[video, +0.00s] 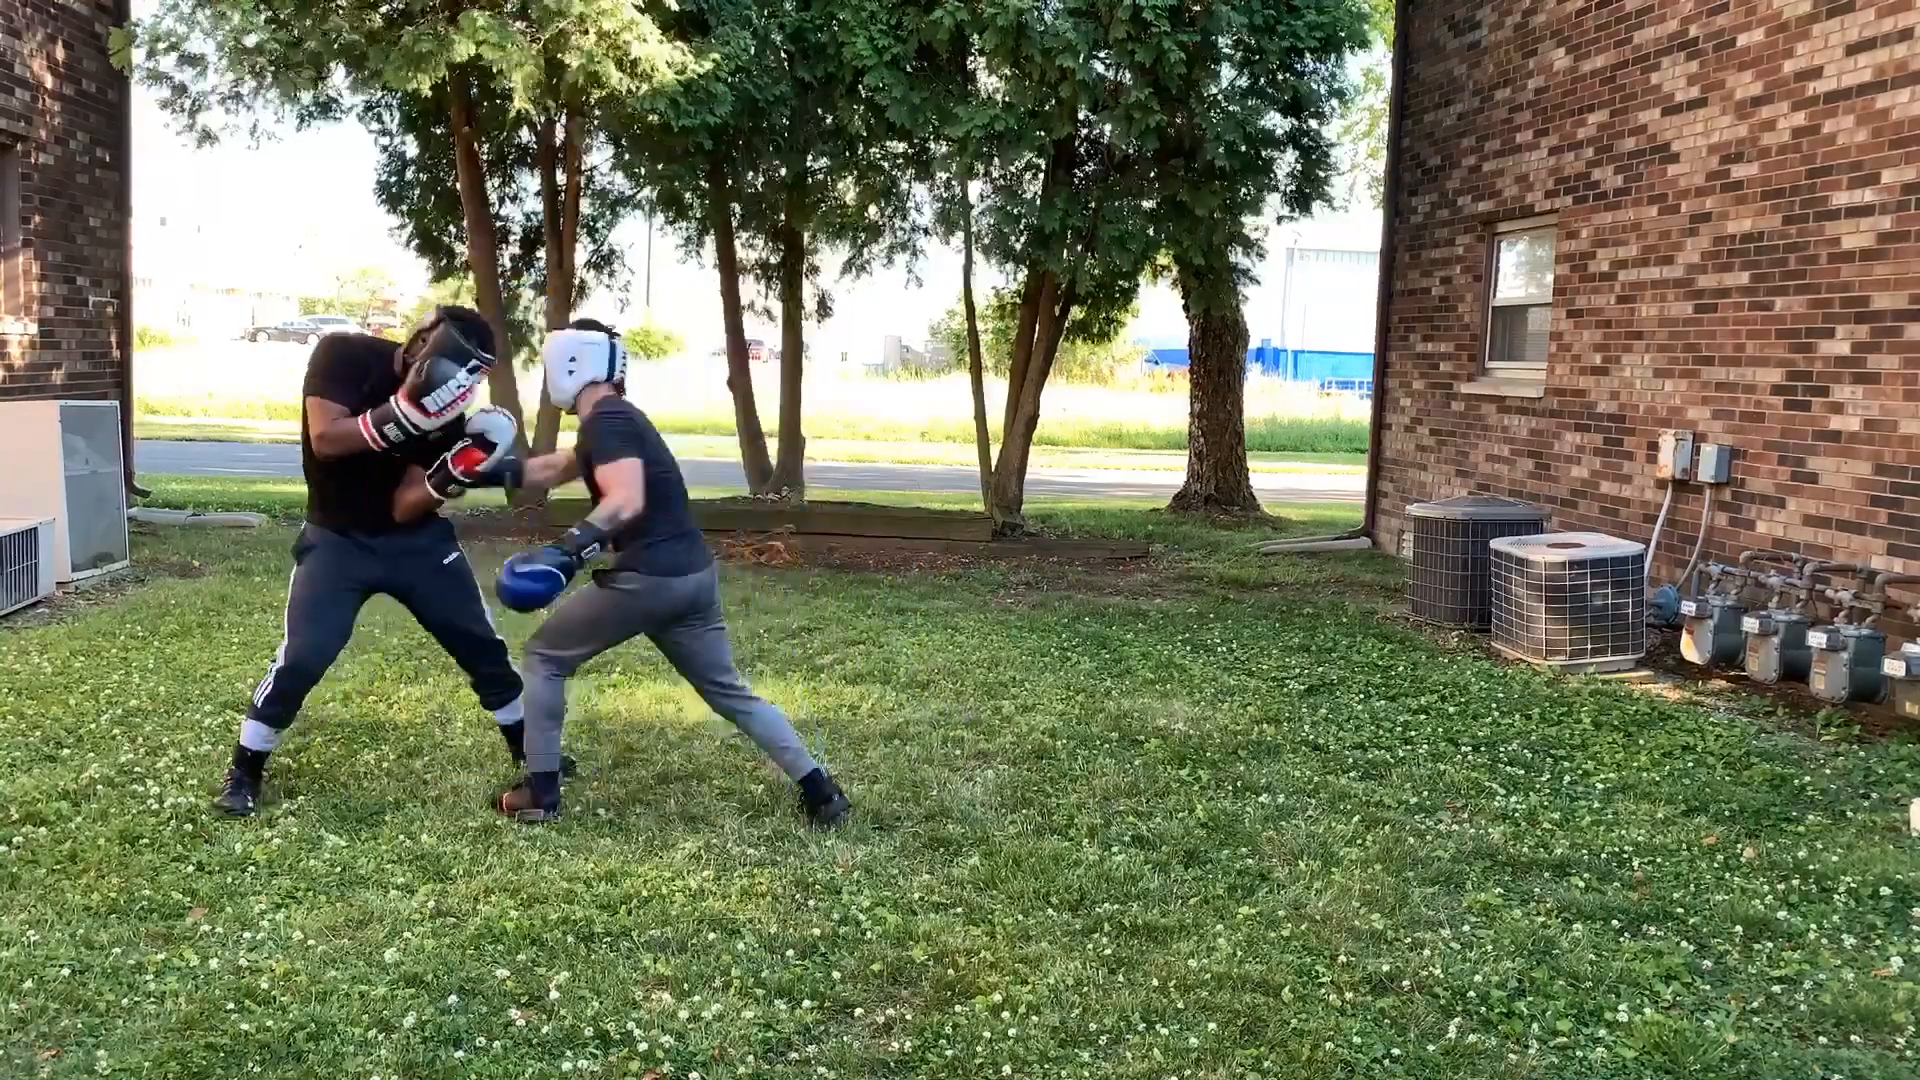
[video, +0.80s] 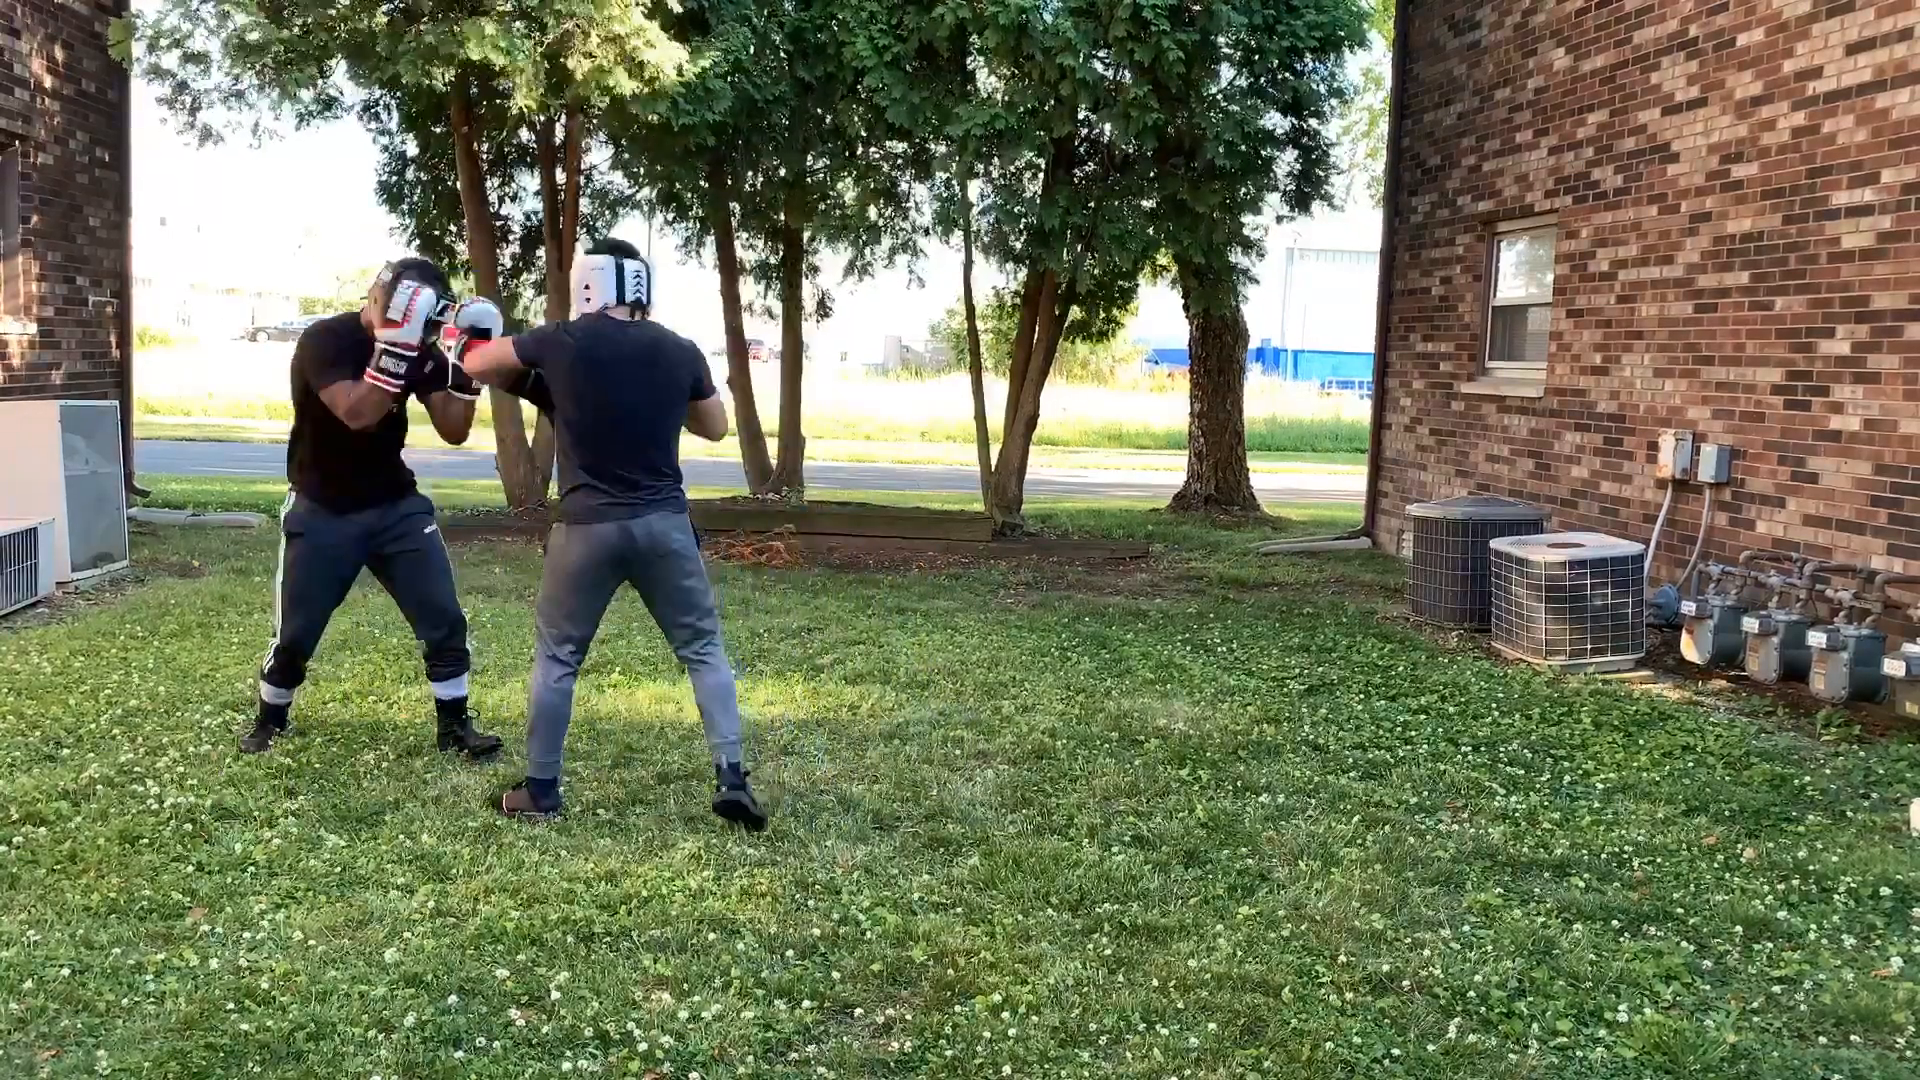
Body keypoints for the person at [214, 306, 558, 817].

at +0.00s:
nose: (442, 388)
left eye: (457, 382)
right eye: (439, 371)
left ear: (470, 381)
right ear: (420, 347)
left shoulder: (451, 417)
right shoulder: (342, 354)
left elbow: (405, 507)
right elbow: (324, 441)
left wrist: (450, 473)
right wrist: (401, 417)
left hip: (422, 545)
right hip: (337, 545)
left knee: (483, 650)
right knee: (304, 659)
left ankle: (533, 760)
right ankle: (246, 769)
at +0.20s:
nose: (440, 393)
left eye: (449, 385)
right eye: (435, 382)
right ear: (408, 359)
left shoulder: (422, 393)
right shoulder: (335, 400)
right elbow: (370, 486)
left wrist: (474, 425)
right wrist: (431, 449)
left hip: (410, 529)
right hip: (331, 536)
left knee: (469, 638)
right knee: (306, 652)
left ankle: (484, 744)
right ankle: (246, 767)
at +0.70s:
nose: (411, 342)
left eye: (422, 332)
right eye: (406, 328)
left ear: (431, 328)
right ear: (381, 315)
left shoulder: (419, 355)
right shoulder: (326, 362)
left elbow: (450, 426)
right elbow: (364, 443)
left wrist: (470, 354)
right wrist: (398, 384)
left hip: (405, 521)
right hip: (328, 526)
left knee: (445, 630)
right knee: (294, 639)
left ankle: (455, 732)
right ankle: (270, 720)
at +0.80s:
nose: (399, 330)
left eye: (411, 322)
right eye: (392, 315)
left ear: (429, 319)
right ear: (372, 298)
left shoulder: (421, 351)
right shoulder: (324, 340)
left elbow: (455, 430)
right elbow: (357, 413)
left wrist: (470, 354)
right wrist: (396, 352)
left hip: (397, 509)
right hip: (323, 514)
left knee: (445, 621)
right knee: (296, 634)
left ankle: (454, 726)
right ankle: (269, 720)